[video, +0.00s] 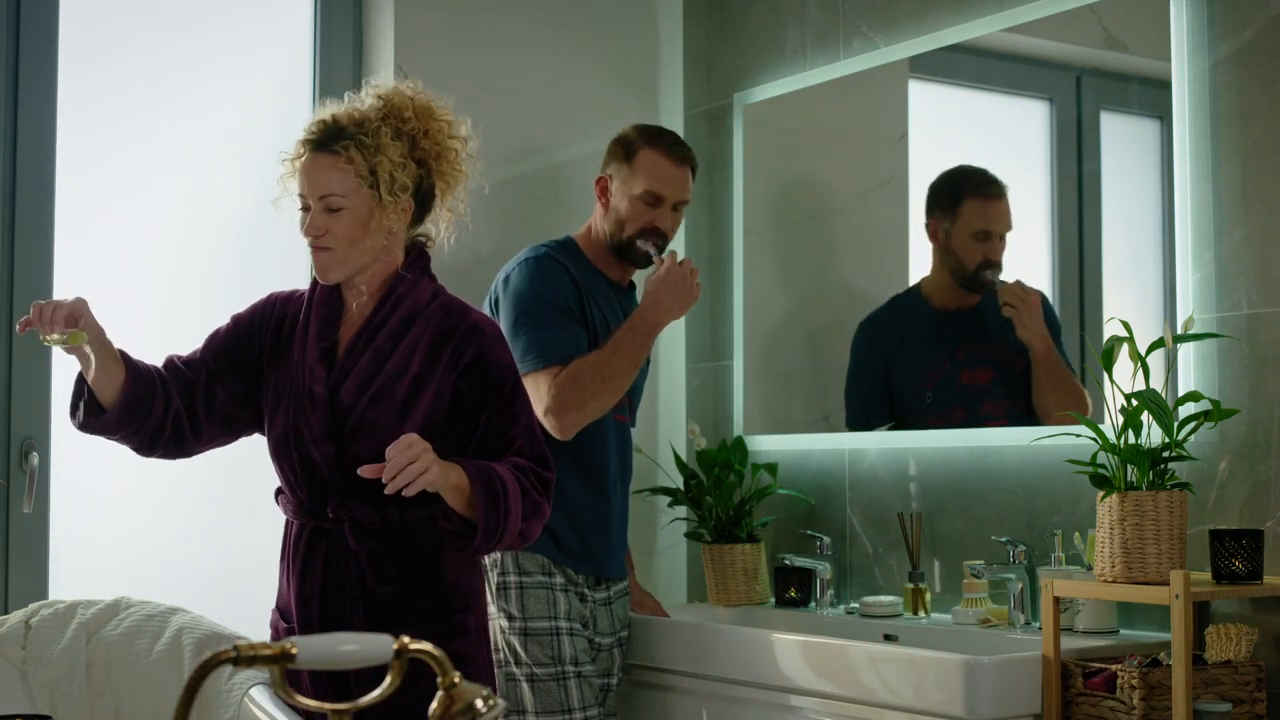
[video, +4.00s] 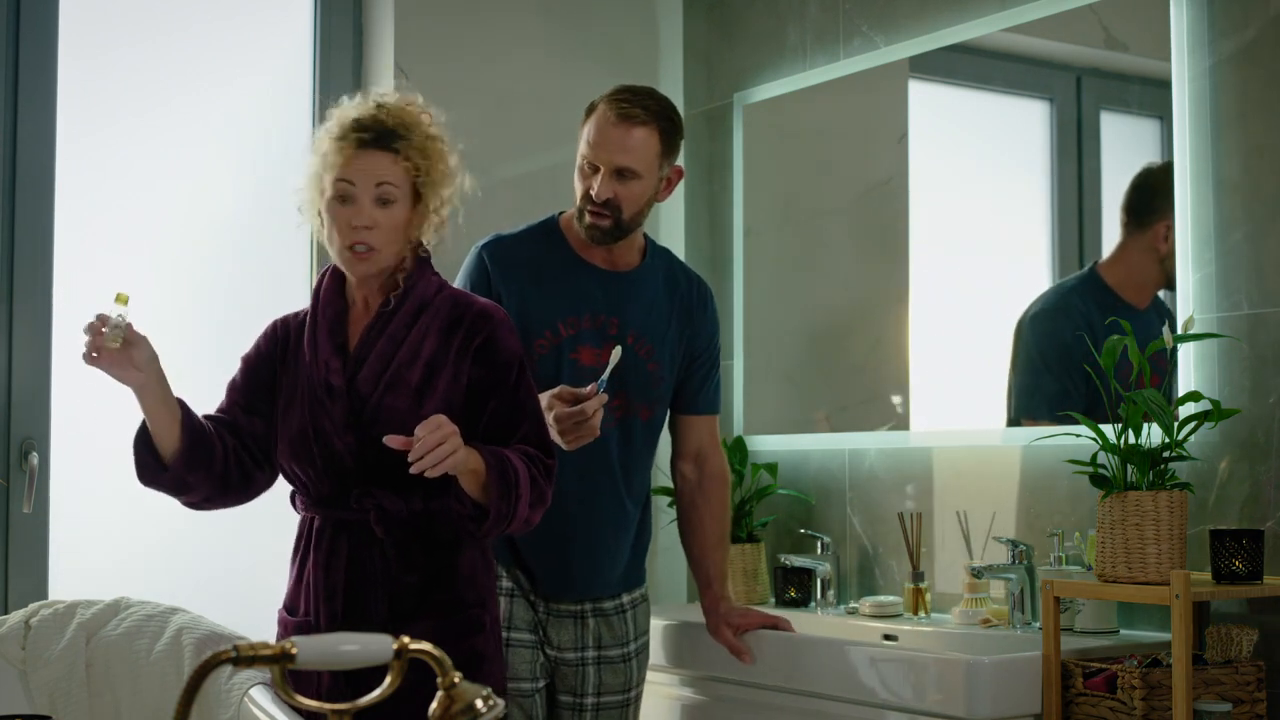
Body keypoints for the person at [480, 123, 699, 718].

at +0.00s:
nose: (665, 223)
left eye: (678, 209)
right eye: (651, 200)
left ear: (685, 210)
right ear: (605, 188)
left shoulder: (628, 303)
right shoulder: (537, 275)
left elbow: (607, 458)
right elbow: (558, 410)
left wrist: (626, 582)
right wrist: (654, 314)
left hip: (600, 579)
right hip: (535, 572)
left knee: (590, 707)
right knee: (554, 710)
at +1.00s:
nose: (716, 241)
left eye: (723, 228)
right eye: (709, 218)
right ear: (655, 201)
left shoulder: (632, 303)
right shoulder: (571, 275)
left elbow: (596, 466)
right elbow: (595, 413)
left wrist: (623, 581)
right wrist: (697, 339)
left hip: (599, 576)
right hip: (545, 569)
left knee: (590, 706)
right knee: (564, 710)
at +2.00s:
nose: (641, 189)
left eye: (658, 175)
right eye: (624, 170)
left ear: (673, 186)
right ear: (588, 176)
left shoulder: (640, 300)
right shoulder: (526, 278)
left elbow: (608, 448)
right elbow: (497, 420)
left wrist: (622, 564)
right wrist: (623, 401)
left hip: (604, 573)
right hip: (535, 566)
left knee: (598, 709)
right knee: (556, 712)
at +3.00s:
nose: (605, 198)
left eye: (632, 185)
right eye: (597, 173)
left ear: (671, 191)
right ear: (583, 159)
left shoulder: (682, 304)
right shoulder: (500, 268)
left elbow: (698, 461)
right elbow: (448, 406)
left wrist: (716, 597)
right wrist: (529, 418)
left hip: (602, 578)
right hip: (497, 566)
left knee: (592, 711)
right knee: (501, 713)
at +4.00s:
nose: (598, 191)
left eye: (624, 176)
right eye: (589, 166)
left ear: (667, 182)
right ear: (576, 154)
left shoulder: (686, 300)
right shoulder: (500, 267)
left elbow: (699, 461)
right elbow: (452, 418)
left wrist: (716, 598)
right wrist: (535, 423)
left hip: (611, 585)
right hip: (500, 575)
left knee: (603, 711)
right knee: (500, 712)